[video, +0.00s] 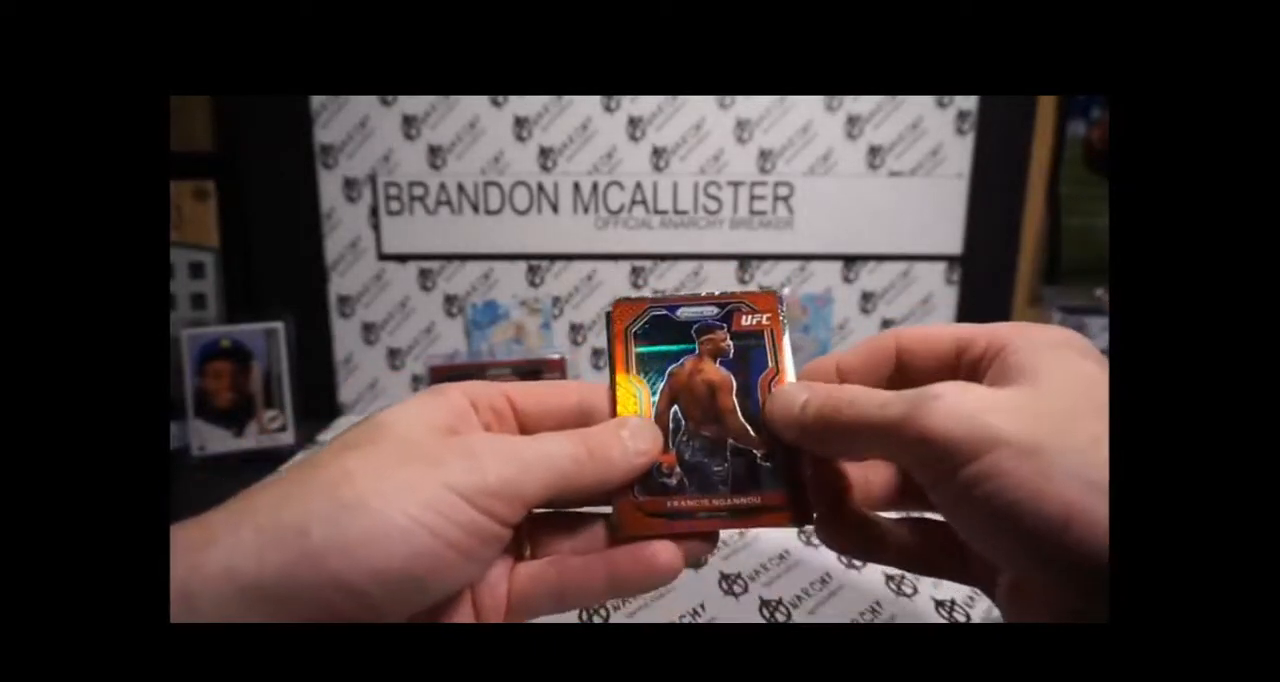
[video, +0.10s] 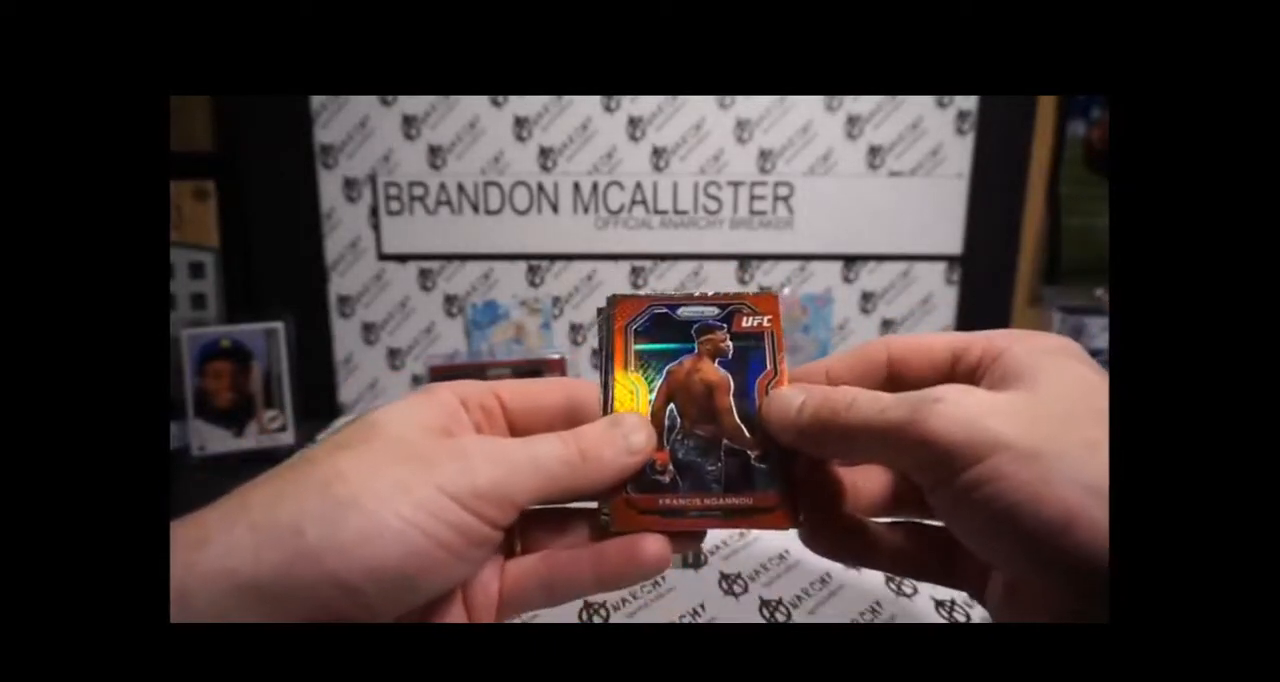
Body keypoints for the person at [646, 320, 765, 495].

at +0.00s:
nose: (730, 344)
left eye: (729, 339)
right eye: (725, 339)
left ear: (705, 345)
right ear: (707, 344)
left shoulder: (677, 371)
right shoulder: (721, 377)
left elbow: (661, 413)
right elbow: (734, 425)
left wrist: (665, 450)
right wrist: (758, 446)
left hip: (687, 444)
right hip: (714, 449)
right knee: (716, 513)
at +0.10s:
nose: (729, 344)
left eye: (728, 339)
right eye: (724, 340)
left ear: (704, 345)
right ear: (705, 345)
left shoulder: (675, 369)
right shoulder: (719, 377)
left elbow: (657, 410)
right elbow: (730, 426)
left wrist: (660, 447)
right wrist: (752, 446)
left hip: (681, 442)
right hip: (708, 447)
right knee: (710, 510)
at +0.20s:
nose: (733, 342)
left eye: (732, 336)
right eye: (727, 337)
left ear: (707, 341)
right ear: (709, 341)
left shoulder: (676, 369)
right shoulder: (721, 375)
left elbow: (661, 410)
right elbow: (731, 420)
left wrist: (663, 450)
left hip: (684, 443)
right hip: (711, 447)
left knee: (688, 509)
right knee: (713, 511)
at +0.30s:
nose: (741, 338)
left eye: (740, 333)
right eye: (735, 334)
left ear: (715, 338)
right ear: (717, 337)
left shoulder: (685, 365)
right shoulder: (729, 372)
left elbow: (667, 402)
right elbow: (739, 420)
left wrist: (668, 444)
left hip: (690, 438)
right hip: (717, 444)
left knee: (694, 505)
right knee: (719, 507)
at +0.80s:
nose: (753, 342)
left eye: (752, 337)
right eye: (747, 337)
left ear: (728, 340)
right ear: (730, 340)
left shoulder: (696, 365)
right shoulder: (740, 373)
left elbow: (678, 403)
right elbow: (751, 424)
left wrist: (678, 442)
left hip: (699, 438)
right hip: (726, 445)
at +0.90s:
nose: (775, 322)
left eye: (774, 317)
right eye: (770, 317)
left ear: (749, 321)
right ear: (753, 320)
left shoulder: (719, 344)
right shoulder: (764, 354)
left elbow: (700, 381)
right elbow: (773, 402)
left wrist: (701, 417)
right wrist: (794, 421)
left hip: (722, 413)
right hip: (750, 419)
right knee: (750, 479)